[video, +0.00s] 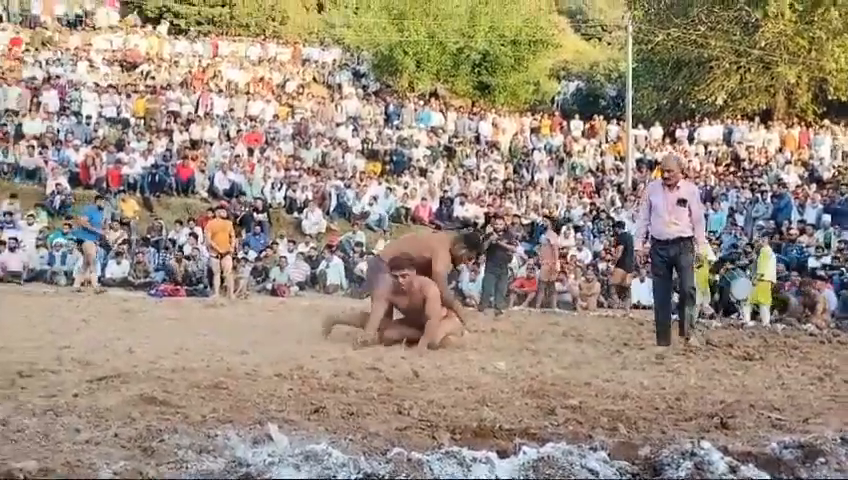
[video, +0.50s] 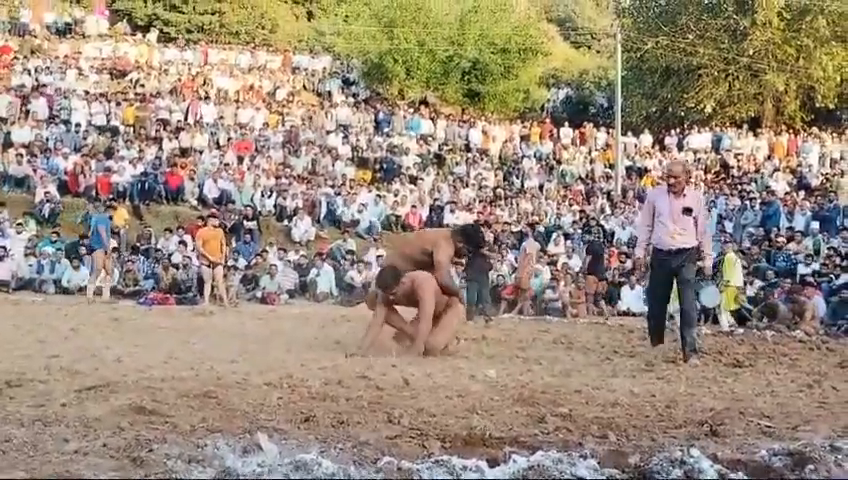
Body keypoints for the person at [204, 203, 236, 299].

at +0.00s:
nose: (223, 212)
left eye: (224, 210)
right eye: (221, 210)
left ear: (226, 212)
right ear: (216, 212)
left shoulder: (229, 223)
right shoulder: (210, 224)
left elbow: (232, 236)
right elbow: (208, 239)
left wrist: (232, 247)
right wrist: (217, 249)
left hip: (227, 252)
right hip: (214, 252)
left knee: (228, 273)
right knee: (216, 274)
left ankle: (230, 294)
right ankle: (216, 293)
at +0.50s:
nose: (216, 221)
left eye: (217, 218)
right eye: (214, 218)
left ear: (218, 220)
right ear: (208, 219)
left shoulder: (220, 231)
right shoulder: (201, 232)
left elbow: (223, 244)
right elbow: (199, 247)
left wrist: (223, 256)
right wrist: (210, 258)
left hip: (218, 260)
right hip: (206, 260)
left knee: (220, 281)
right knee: (207, 282)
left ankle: (225, 301)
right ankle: (206, 302)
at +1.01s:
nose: (214, 221)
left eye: (214, 219)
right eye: (211, 219)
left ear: (216, 220)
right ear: (206, 220)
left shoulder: (219, 233)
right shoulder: (199, 233)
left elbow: (222, 246)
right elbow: (196, 247)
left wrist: (221, 257)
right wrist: (206, 258)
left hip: (215, 261)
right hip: (203, 261)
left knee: (218, 282)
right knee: (204, 283)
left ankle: (221, 302)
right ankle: (202, 303)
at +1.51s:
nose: (210, 221)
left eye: (211, 219)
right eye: (207, 219)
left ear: (213, 220)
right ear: (203, 220)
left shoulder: (217, 232)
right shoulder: (195, 233)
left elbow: (221, 244)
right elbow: (191, 246)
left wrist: (218, 252)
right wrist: (197, 255)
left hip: (212, 259)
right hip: (199, 259)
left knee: (219, 276)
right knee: (193, 277)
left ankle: (219, 299)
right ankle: (196, 299)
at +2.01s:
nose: (207, 219)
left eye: (209, 217)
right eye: (204, 217)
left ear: (212, 218)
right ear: (200, 219)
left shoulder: (216, 231)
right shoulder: (194, 232)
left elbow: (222, 244)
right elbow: (190, 246)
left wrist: (215, 251)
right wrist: (196, 254)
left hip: (213, 258)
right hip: (199, 258)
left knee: (218, 275)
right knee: (190, 276)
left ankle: (217, 298)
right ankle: (194, 297)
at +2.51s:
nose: (194, 216)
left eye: (196, 213)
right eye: (192, 214)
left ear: (200, 214)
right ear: (189, 215)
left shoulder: (203, 223)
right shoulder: (186, 225)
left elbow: (217, 230)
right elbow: (180, 235)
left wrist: (208, 222)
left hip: (200, 252)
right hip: (188, 252)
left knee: (203, 276)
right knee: (189, 275)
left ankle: (206, 297)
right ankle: (187, 296)